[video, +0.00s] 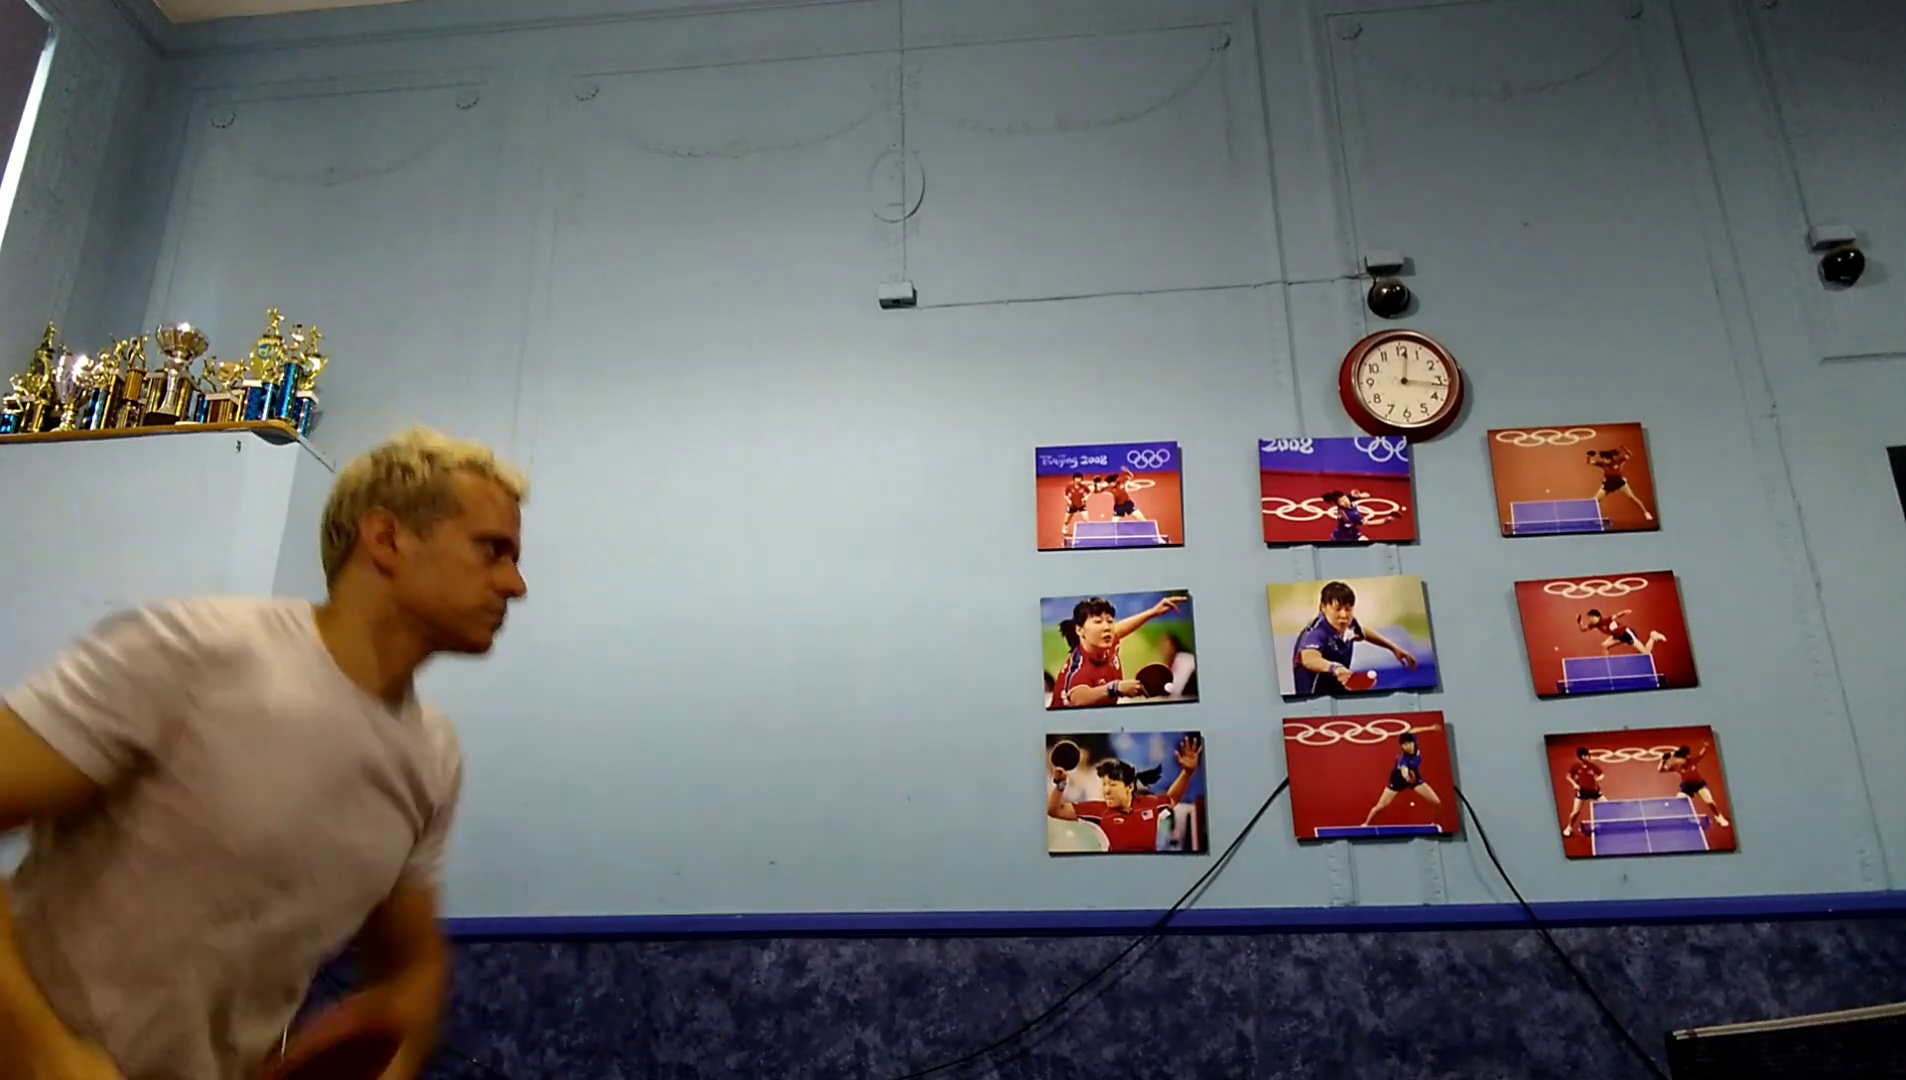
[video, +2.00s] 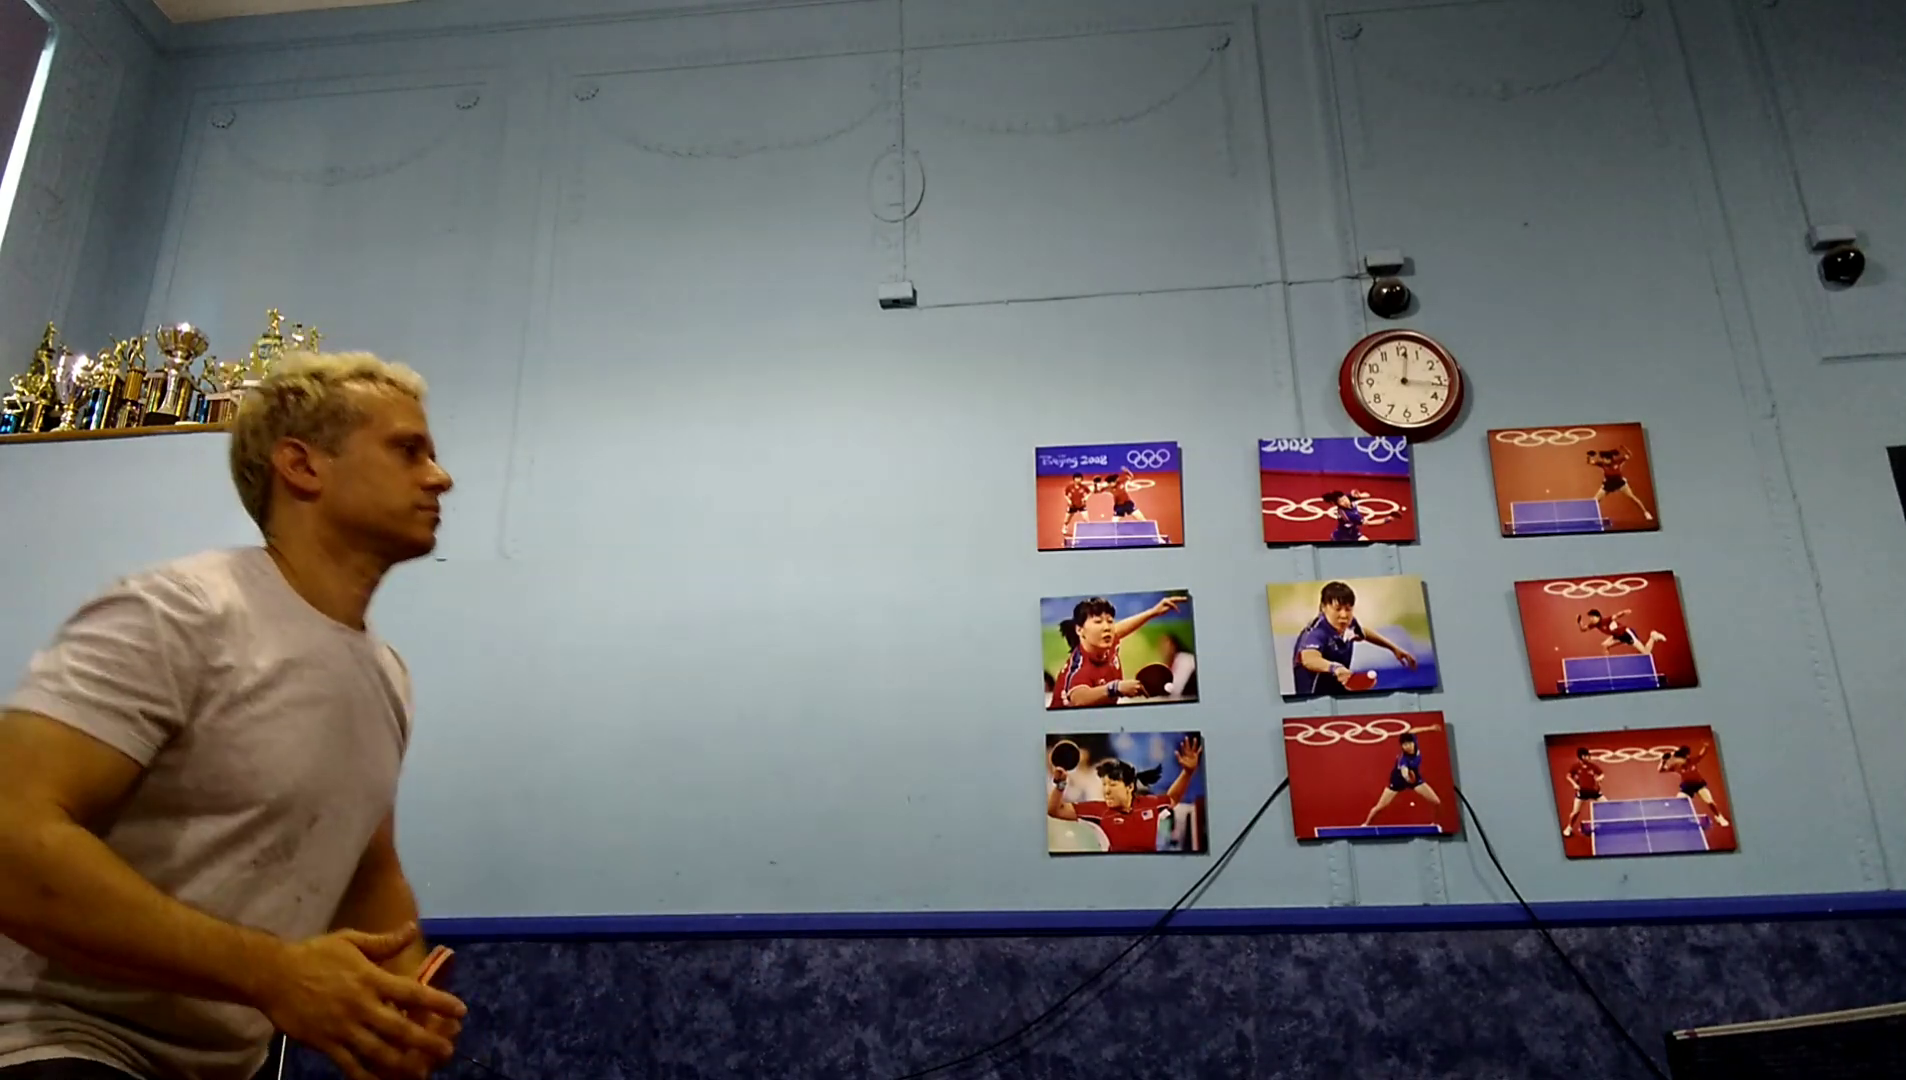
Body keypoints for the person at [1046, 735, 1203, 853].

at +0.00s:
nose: (1107, 790)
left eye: (1113, 785)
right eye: (1104, 785)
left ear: (1130, 787)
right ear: (1101, 786)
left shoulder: (1151, 804)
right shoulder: (1100, 810)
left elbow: (1172, 798)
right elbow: (1055, 811)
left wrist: (1188, 771)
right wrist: (1059, 785)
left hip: (1150, 872)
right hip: (1114, 873)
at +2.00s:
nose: (1107, 790)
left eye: (1113, 785)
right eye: (1104, 785)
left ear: (1130, 787)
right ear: (1101, 787)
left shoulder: (1151, 805)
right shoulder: (1100, 811)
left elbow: (1172, 798)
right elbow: (1055, 811)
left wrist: (1188, 771)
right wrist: (1059, 785)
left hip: (1151, 872)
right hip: (1115, 874)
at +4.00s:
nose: (1107, 790)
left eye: (1113, 785)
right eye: (1104, 785)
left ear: (1130, 787)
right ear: (1101, 787)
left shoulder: (1151, 804)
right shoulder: (1100, 810)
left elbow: (1172, 798)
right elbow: (1055, 811)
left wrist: (1188, 771)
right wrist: (1059, 785)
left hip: (1151, 872)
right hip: (1116, 874)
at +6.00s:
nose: (1107, 790)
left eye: (1113, 785)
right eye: (1104, 785)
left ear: (1130, 787)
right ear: (1101, 787)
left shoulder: (1151, 804)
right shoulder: (1100, 811)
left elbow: (1172, 798)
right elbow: (1055, 811)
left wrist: (1188, 772)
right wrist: (1060, 785)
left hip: (1151, 872)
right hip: (1116, 874)